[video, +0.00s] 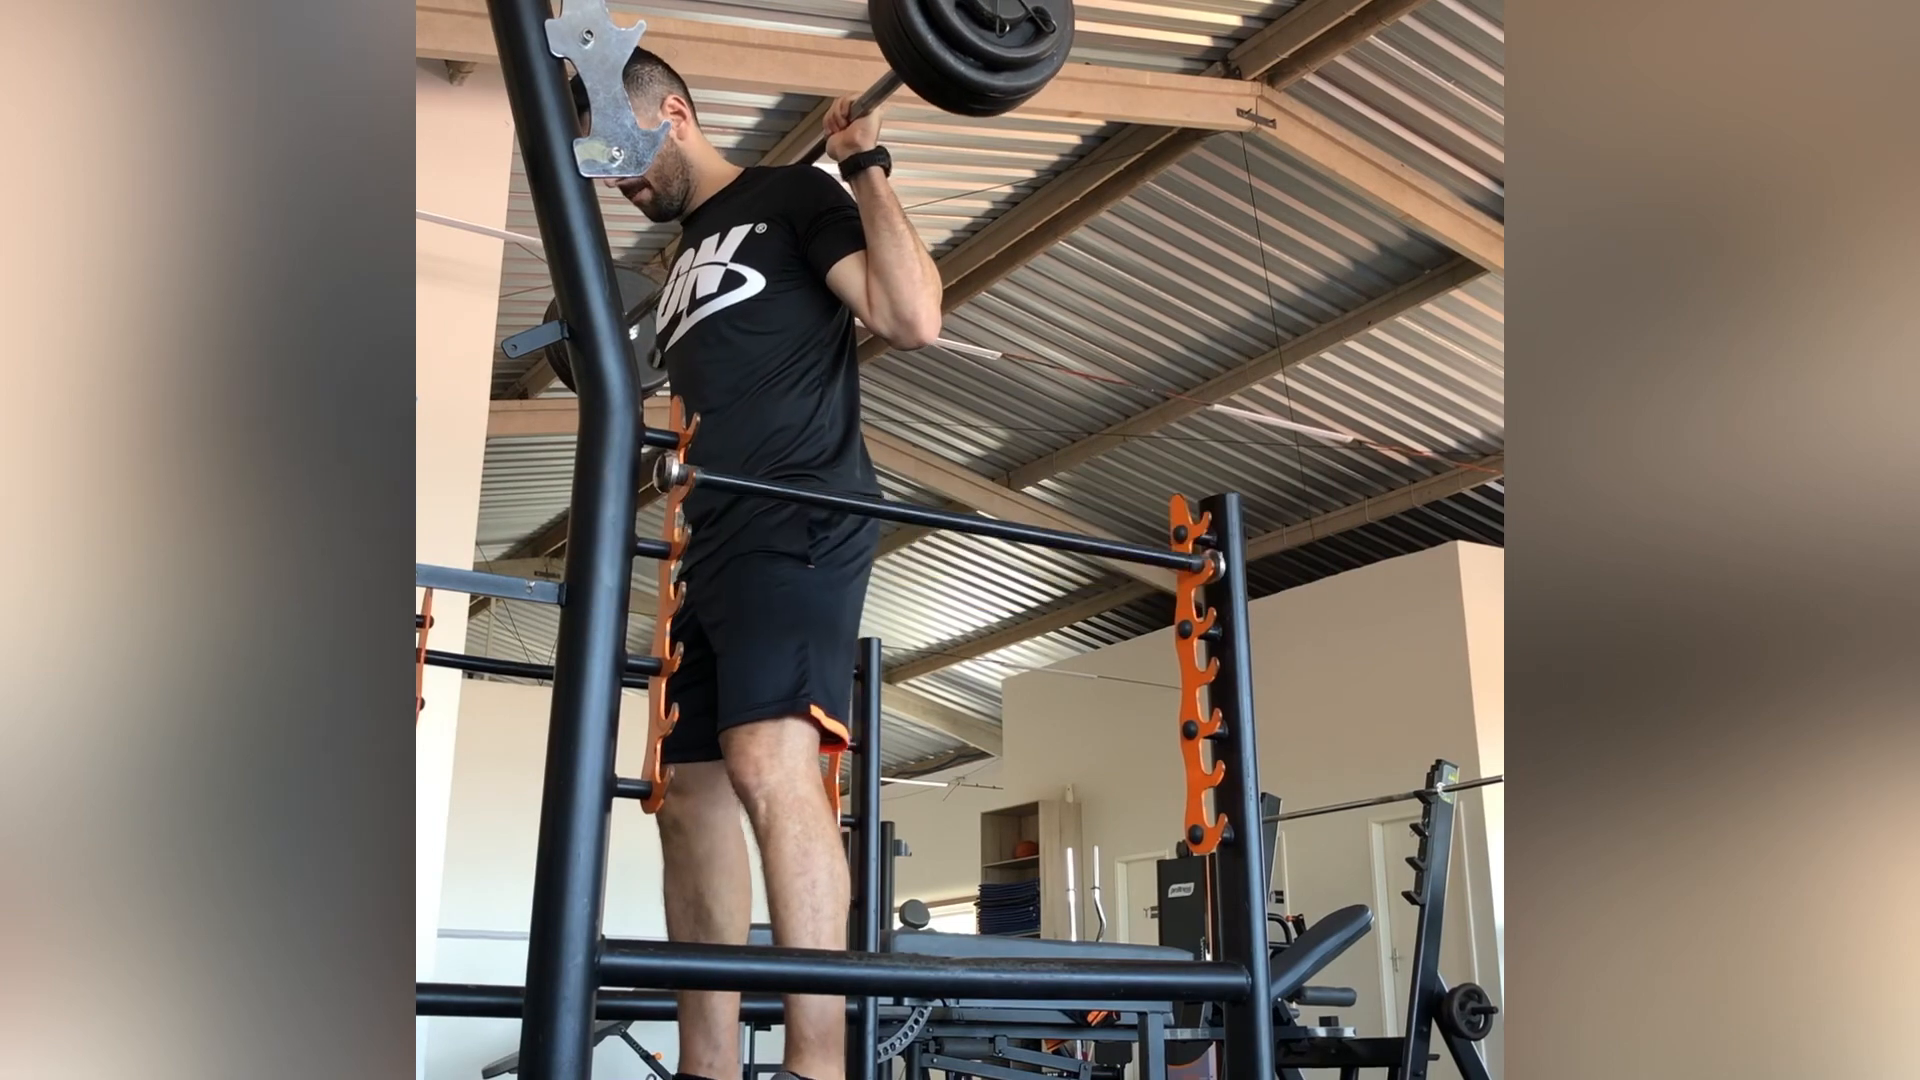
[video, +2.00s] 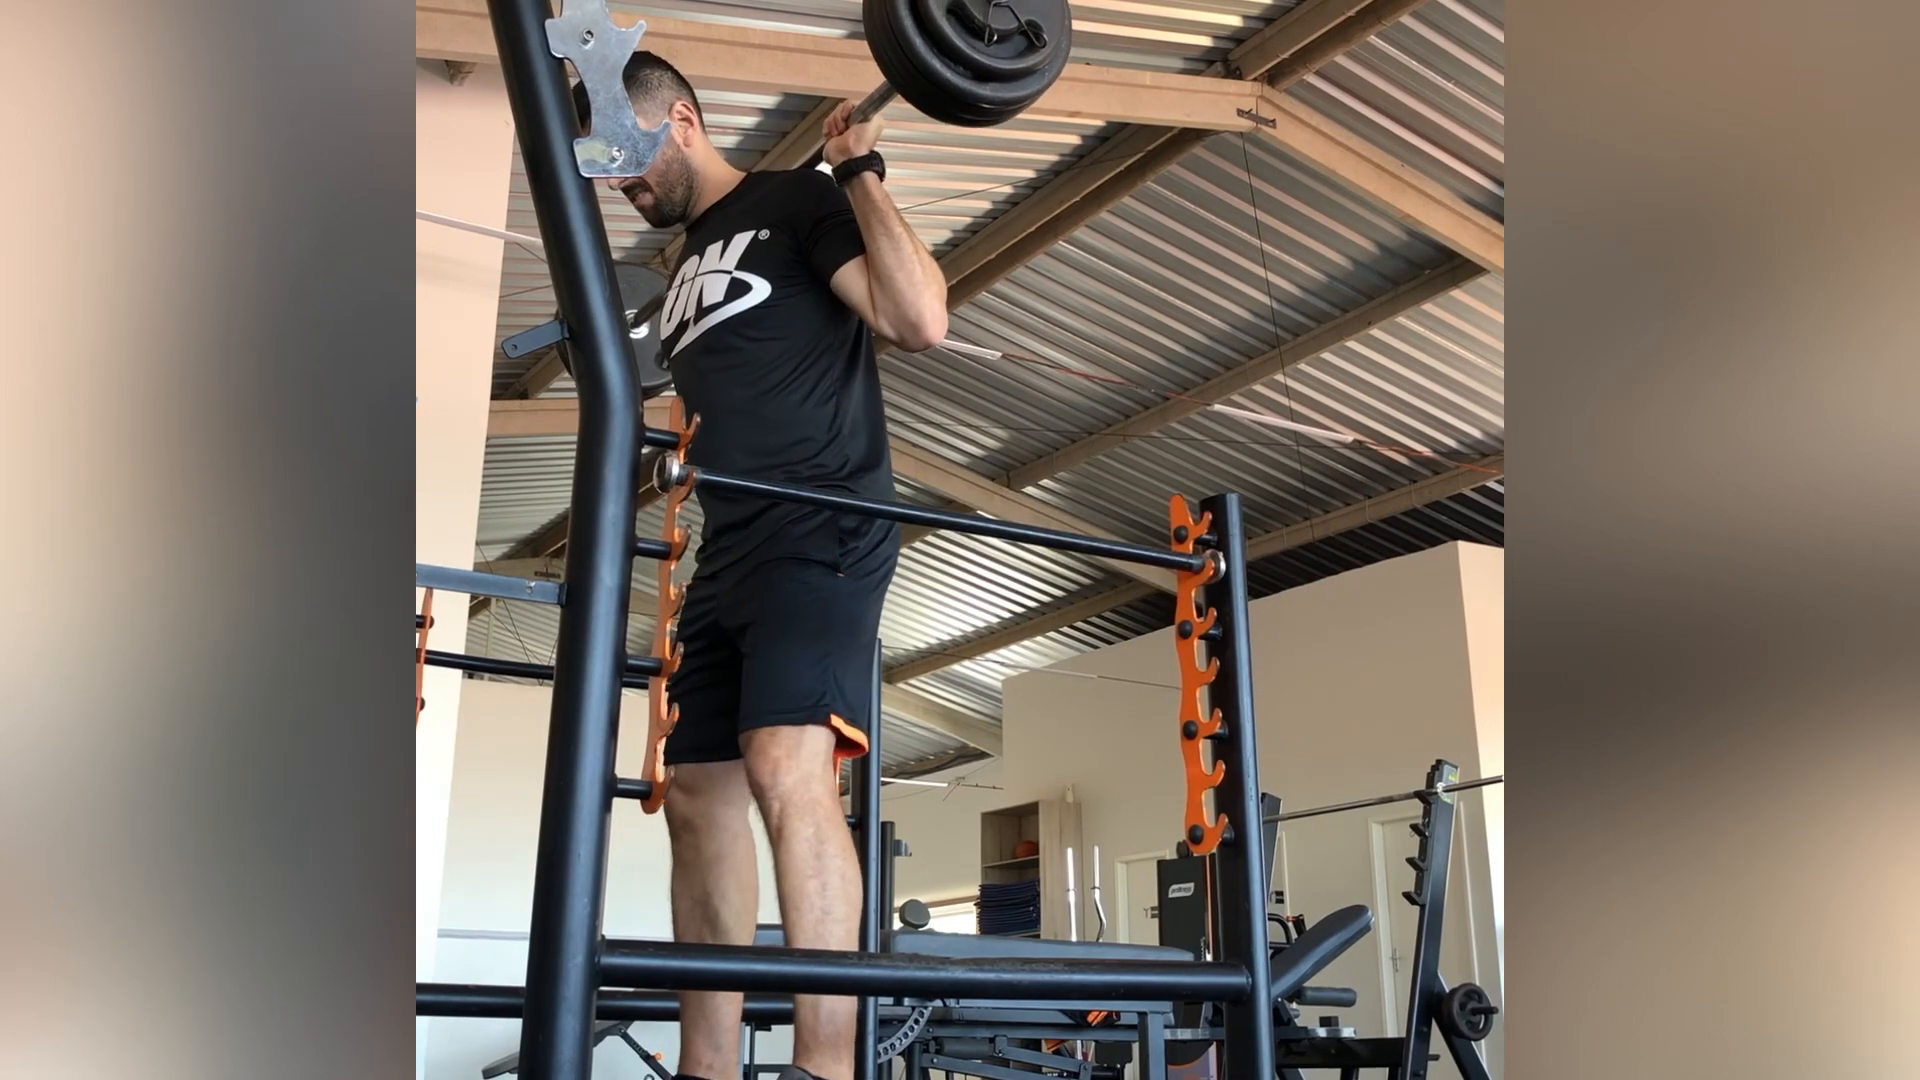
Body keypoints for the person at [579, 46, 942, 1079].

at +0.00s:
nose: (623, 181)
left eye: (630, 152)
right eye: (610, 166)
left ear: (679, 116)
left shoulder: (793, 194)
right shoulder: (685, 261)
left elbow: (915, 319)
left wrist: (869, 173)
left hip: (797, 514)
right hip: (719, 533)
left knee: (770, 756)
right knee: (691, 790)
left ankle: (821, 1063)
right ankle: (708, 1065)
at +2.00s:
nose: (624, 183)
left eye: (632, 154)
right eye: (611, 168)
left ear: (684, 120)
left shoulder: (799, 199)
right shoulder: (687, 270)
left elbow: (921, 321)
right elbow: (712, 415)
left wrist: (863, 174)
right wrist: (677, 455)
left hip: (819, 527)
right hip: (728, 543)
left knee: (788, 763)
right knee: (699, 788)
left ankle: (828, 1065)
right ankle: (708, 1066)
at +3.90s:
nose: (590, 309)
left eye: (600, 283)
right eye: (582, 288)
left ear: (661, 267)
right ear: (642, 277)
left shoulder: (781, 341)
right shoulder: (661, 406)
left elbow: (914, 472)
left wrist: (837, 318)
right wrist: (621, 433)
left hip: (868, 634)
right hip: (763, 659)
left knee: (702, 789)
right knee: (587, 812)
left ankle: (816, 1068)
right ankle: (686, 1072)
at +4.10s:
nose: (570, 406)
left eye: (578, 376)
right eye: (557, 387)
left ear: (649, 350)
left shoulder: (766, 415)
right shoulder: (646, 487)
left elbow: (911, 550)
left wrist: (827, 407)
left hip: (882, 700)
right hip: (772, 721)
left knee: (690, 793)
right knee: (568, 833)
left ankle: (816, 1070)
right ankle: (685, 1074)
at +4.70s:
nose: (548, 573)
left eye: (560, 542)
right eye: (537, 552)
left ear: (638, 514)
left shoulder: (749, 578)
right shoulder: (623, 643)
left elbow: (911, 714)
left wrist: (809, 570)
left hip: (886, 853)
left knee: (667, 818)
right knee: (547, 848)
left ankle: (802, 1071)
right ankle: (681, 1073)